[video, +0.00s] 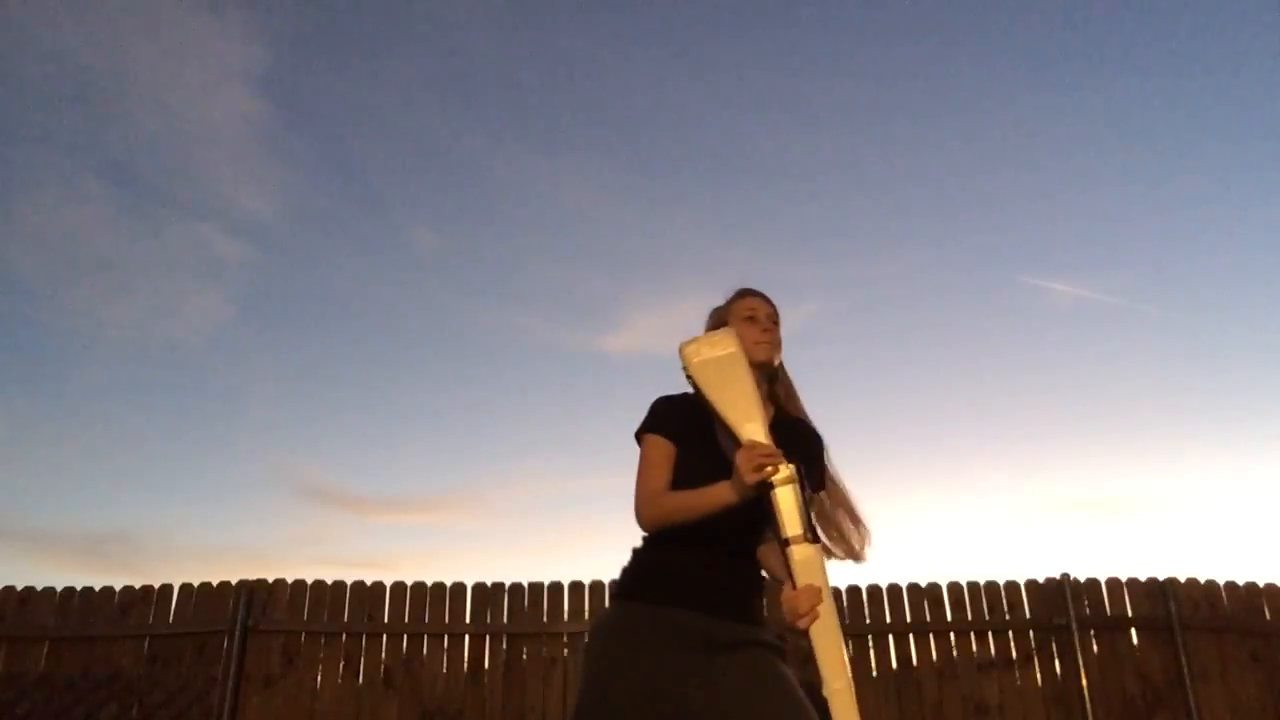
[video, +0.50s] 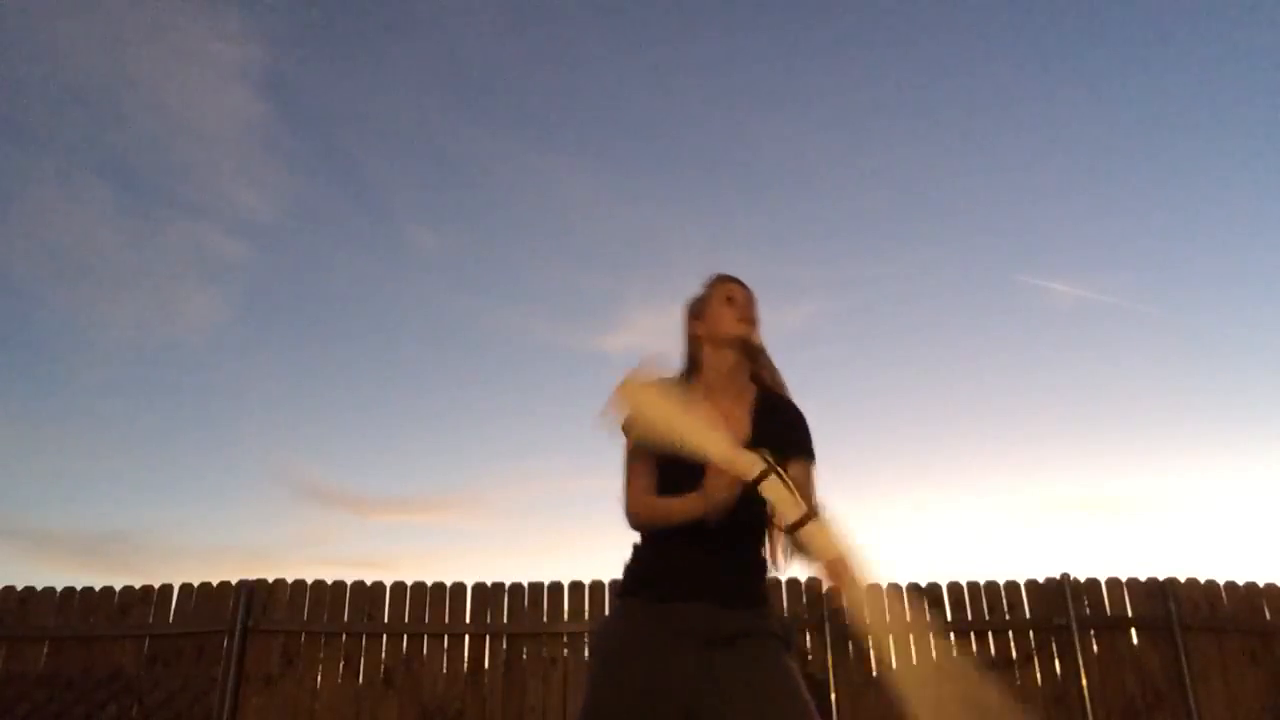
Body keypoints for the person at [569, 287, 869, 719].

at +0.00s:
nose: (766, 327)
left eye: (772, 321)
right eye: (749, 319)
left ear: (780, 340)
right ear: (718, 335)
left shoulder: (798, 438)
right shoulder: (674, 413)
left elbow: (770, 534)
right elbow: (650, 511)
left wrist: (789, 586)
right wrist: (734, 487)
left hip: (738, 631)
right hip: (647, 620)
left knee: (795, 713)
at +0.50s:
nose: (741, 310)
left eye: (747, 307)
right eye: (727, 300)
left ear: (754, 331)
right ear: (696, 323)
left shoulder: (780, 415)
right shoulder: (657, 406)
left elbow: (800, 513)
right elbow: (638, 508)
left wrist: (830, 559)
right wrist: (704, 500)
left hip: (742, 613)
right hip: (652, 610)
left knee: (789, 710)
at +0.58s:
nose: (710, 296)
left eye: (718, 291)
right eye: (698, 288)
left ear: (729, 313)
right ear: (672, 310)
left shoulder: (766, 397)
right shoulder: (638, 394)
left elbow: (806, 477)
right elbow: (609, 498)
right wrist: (657, 519)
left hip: (733, 592)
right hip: (643, 596)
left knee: (770, 708)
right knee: (621, 708)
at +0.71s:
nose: (686, 293)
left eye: (691, 291)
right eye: (671, 286)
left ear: (697, 313)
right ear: (639, 308)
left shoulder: (725, 378)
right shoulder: (606, 399)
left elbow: (820, 399)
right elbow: (570, 505)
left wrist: (845, 329)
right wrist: (594, 569)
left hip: (713, 586)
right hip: (629, 590)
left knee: (737, 708)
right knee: (618, 710)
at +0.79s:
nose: (666, 296)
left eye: (672, 291)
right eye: (649, 288)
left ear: (680, 314)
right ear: (620, 313)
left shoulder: (707, 381)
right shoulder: (591, 405)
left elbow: (802, 376)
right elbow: (556, 501)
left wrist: (807, 284)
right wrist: (548, 555)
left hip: (695, 590)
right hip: (610, 593)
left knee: (717, 706)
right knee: (600, 708)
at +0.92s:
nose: (632, 306)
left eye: (641, 303)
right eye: (619, 300)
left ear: (652, 327)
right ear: (594, 323)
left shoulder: (677, 387)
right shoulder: (566, 413)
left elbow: (776, 410)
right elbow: (527, 515)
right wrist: (496, 519)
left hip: (663, 591)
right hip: (580, 596)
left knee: (684, 706)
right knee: (576, 707)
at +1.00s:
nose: (610, 307)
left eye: (620, 305)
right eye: (598, 304)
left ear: (634, 330)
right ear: (576, 329)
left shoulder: (660, 394)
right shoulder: (549, 416)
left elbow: (754, 441)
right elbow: (502, 514)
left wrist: (773, 419)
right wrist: (471, 486)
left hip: (639, 592)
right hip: (559, 596)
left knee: (655, 706)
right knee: (556, 708)